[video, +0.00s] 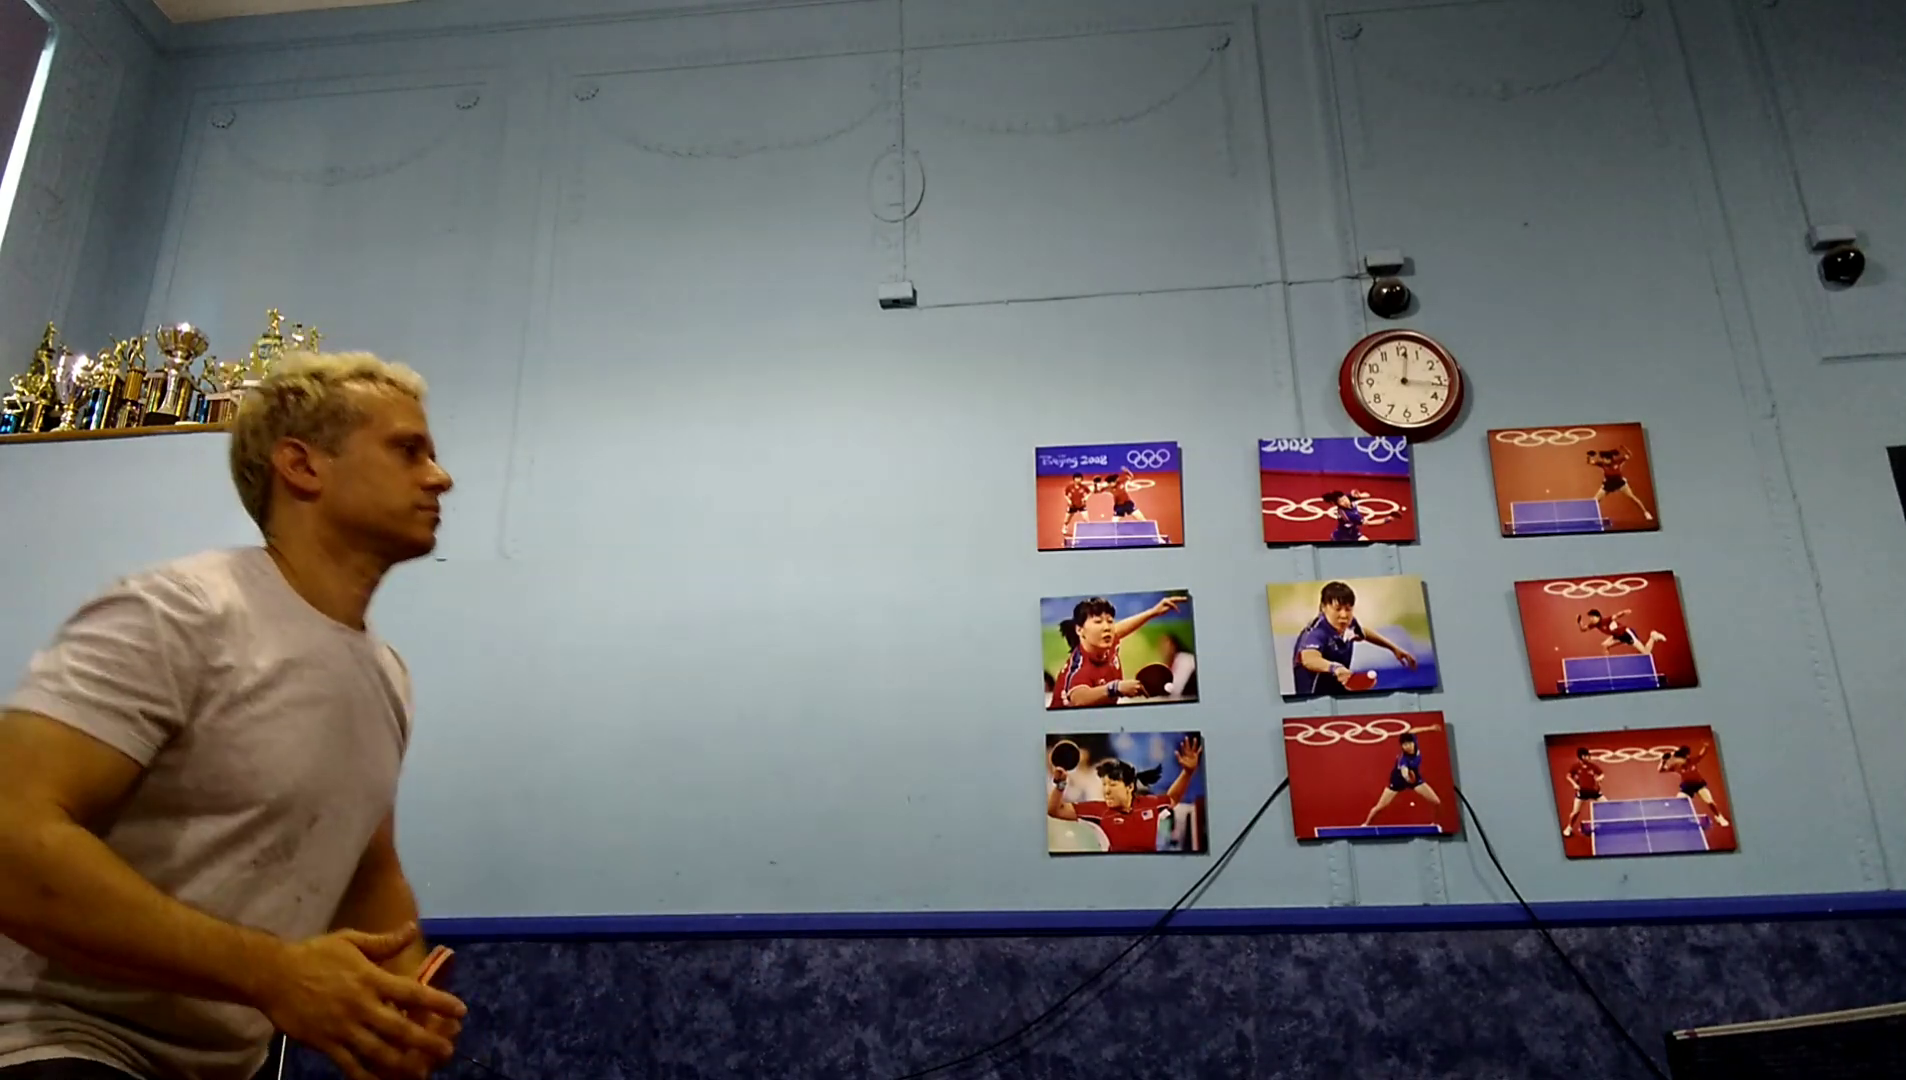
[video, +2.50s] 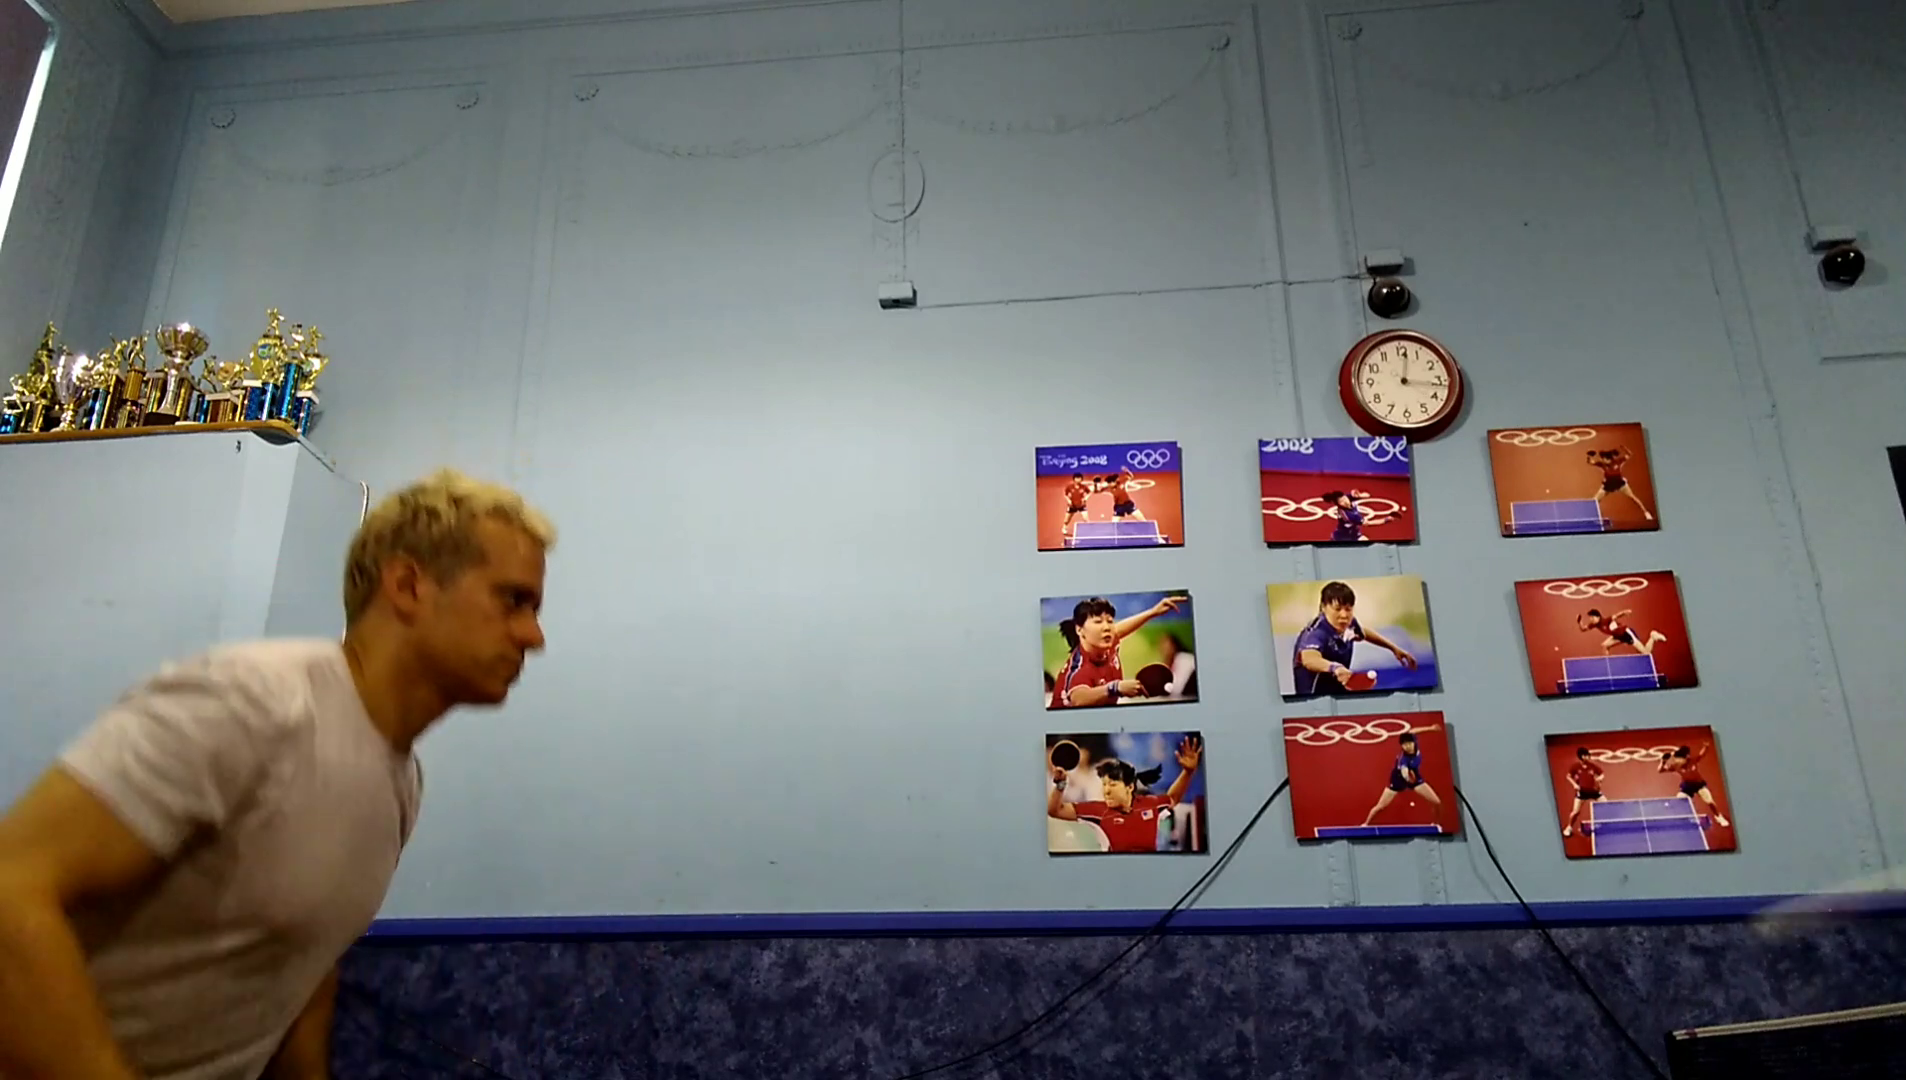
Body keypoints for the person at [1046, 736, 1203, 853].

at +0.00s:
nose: (1107, 790)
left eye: (1113, 785)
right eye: (1104, 785)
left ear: (1130, 787)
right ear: (1101, 787)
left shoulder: (1151, 805)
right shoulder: (1100, 811)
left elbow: (1172, 798)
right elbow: (1055, 811)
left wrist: (1188, 771)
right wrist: (1059, 785)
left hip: (1151, 872)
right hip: (1115, 874)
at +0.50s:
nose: (1107, 790)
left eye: (1113, 785)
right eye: (1104, 785)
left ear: (1130, 787)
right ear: (1101, 787)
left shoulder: (1151, 805)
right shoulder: (1100, 811)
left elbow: (1172, 798)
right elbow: (1055, 811)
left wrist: (1188, 771)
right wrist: (1059, 785)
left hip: (1151, 872)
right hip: (1115, 874)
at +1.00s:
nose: (1106, 790)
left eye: (1113, 785)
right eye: (1104, 785)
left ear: (1130, 787)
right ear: (1101, 787)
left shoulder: (1151, 805)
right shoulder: (1100, 810)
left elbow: (1172, 798)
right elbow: (1055, 811)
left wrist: (1188, 771)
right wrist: (1059, 785)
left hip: (1151, 872)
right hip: (1116, 874)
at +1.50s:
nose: (1106, 790)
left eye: (1113, 784)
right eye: (1104, 785)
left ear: (1130, 787)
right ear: (1101, 787)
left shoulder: (1151, 805)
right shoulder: (1100, 810)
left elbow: (1172, 798)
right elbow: (1055, 811)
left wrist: (1188, 771)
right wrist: (1060, 785)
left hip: (1150, 872)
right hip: (1115, 874)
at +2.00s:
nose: (1107, 790)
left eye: (1113, 785)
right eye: (1104, 785)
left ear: (1130, 787)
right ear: (1101, 787)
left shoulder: (1151, 804)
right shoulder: (1100, 810)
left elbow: (1172, 798)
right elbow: (1055, 811)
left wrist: (1188, 771)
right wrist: (1059, 785)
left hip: (1151, 872)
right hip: (1116, 874)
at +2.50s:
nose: (1106, 790)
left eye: (1113, 785)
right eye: (1104, 785)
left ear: (1130, 787)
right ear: (1101, 787)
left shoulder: (1151, 805)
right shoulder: (1100, 811)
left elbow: (1173, 798)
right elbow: (1055, 811)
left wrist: (1188, 771)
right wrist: (1060, 785)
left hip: (1151, 873)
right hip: (1115, 875)